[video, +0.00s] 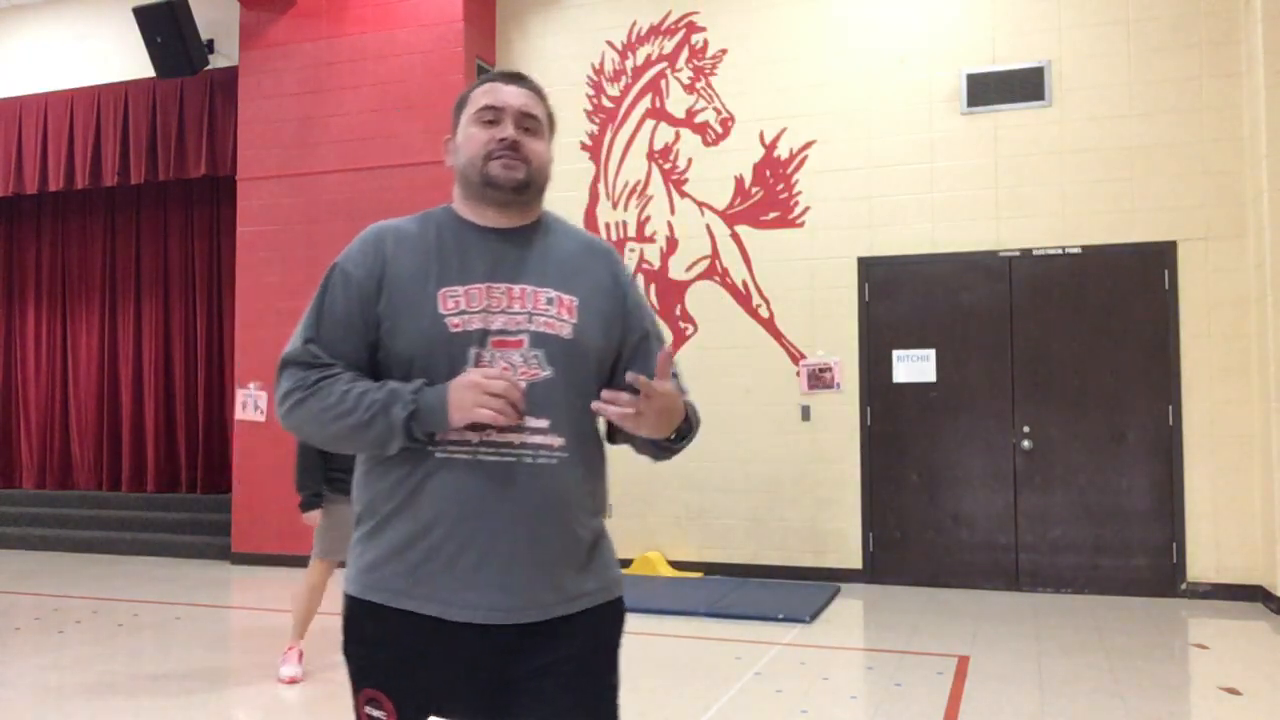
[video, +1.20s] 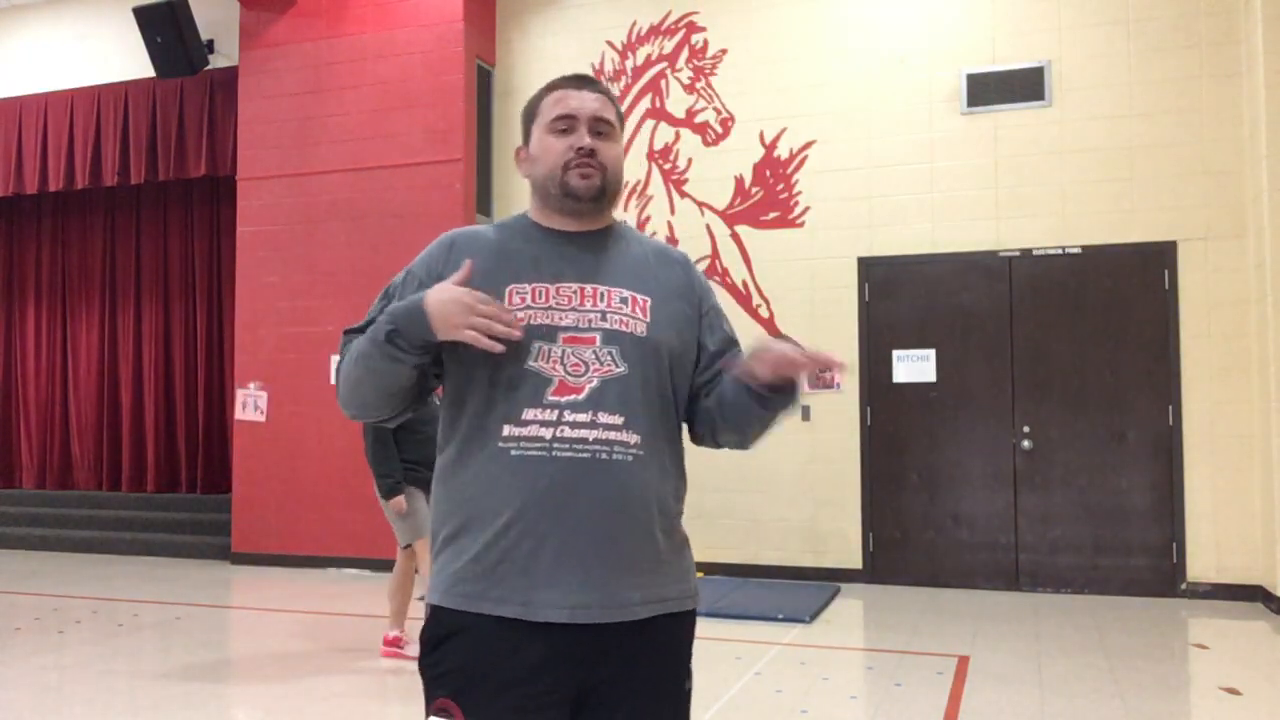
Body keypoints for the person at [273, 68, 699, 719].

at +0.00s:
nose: (509, 132)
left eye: (529, 124)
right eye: (488, 118)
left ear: (552, 154)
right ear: (450, 145)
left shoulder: (597, 266)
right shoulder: (384, 253)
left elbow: (656, 410)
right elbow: (301, 390)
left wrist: (672, 422)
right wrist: (430, 405)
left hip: (565, 608)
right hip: (408, 606)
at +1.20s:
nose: (585, 139)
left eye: (603, 128)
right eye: (563, 126)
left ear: (624, 156)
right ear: (523, 156)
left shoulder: (673, 274)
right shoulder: (461, 257)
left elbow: (714, 417)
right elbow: (361, 398)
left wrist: (756, 378)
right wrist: (418, 318)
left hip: (643, 612)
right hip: (491, 607)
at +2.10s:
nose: (508, 178)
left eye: (523, 165)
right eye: (488, 168)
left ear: (549, 184)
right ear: (464, 196)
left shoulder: (606, 271)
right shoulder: (426, 287)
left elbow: (653, 376)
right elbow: (362, 403)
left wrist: (544, 318)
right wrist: (425, 404)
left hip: (576, 576)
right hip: (446, 577)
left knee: (564, 711)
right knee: (453, 713)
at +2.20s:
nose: (503, 182)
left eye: (520, 169)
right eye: (485, 171)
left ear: (548, 186)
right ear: (463, 195)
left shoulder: (601, 271)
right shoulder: (424, 289)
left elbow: (629, 372)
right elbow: (366, 403)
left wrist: (510, 335)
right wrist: (437, 394)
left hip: (573, 573)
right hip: (442, 574)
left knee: (562, 711)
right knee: (450, 714)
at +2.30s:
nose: (503, 184)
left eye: (520, 171)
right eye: (485, 173)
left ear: (549, 190)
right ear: (463, 200)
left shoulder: (598, 271)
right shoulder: (424, 289)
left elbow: (609, 375)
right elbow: (362, 402)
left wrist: (470, 359)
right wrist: (432, 390)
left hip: (572, 573)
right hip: (441, 576)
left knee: (561, 710)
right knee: (447, 714)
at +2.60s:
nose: (507, 182)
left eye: (523, 171)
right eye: (489, 172)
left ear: (548, 193)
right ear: (462, 198)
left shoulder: (596, 274)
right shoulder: (419, 294)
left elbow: (618, 377)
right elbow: (361, 407)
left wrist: (484, 371)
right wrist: (420, 404)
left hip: (573, 576)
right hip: (441, 578)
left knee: (562, 711)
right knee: (448, 714)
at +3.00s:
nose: (527, 183)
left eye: (537, 172)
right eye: (506, 170)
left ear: (550, 192)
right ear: (466, 193)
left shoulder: (602, 283)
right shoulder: (416, 291)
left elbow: (692, 354)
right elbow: (339, 393)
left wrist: (619, 368)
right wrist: (406, 386)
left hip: (578, 580)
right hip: (447, 580)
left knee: (569, 711)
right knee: (454, 714)